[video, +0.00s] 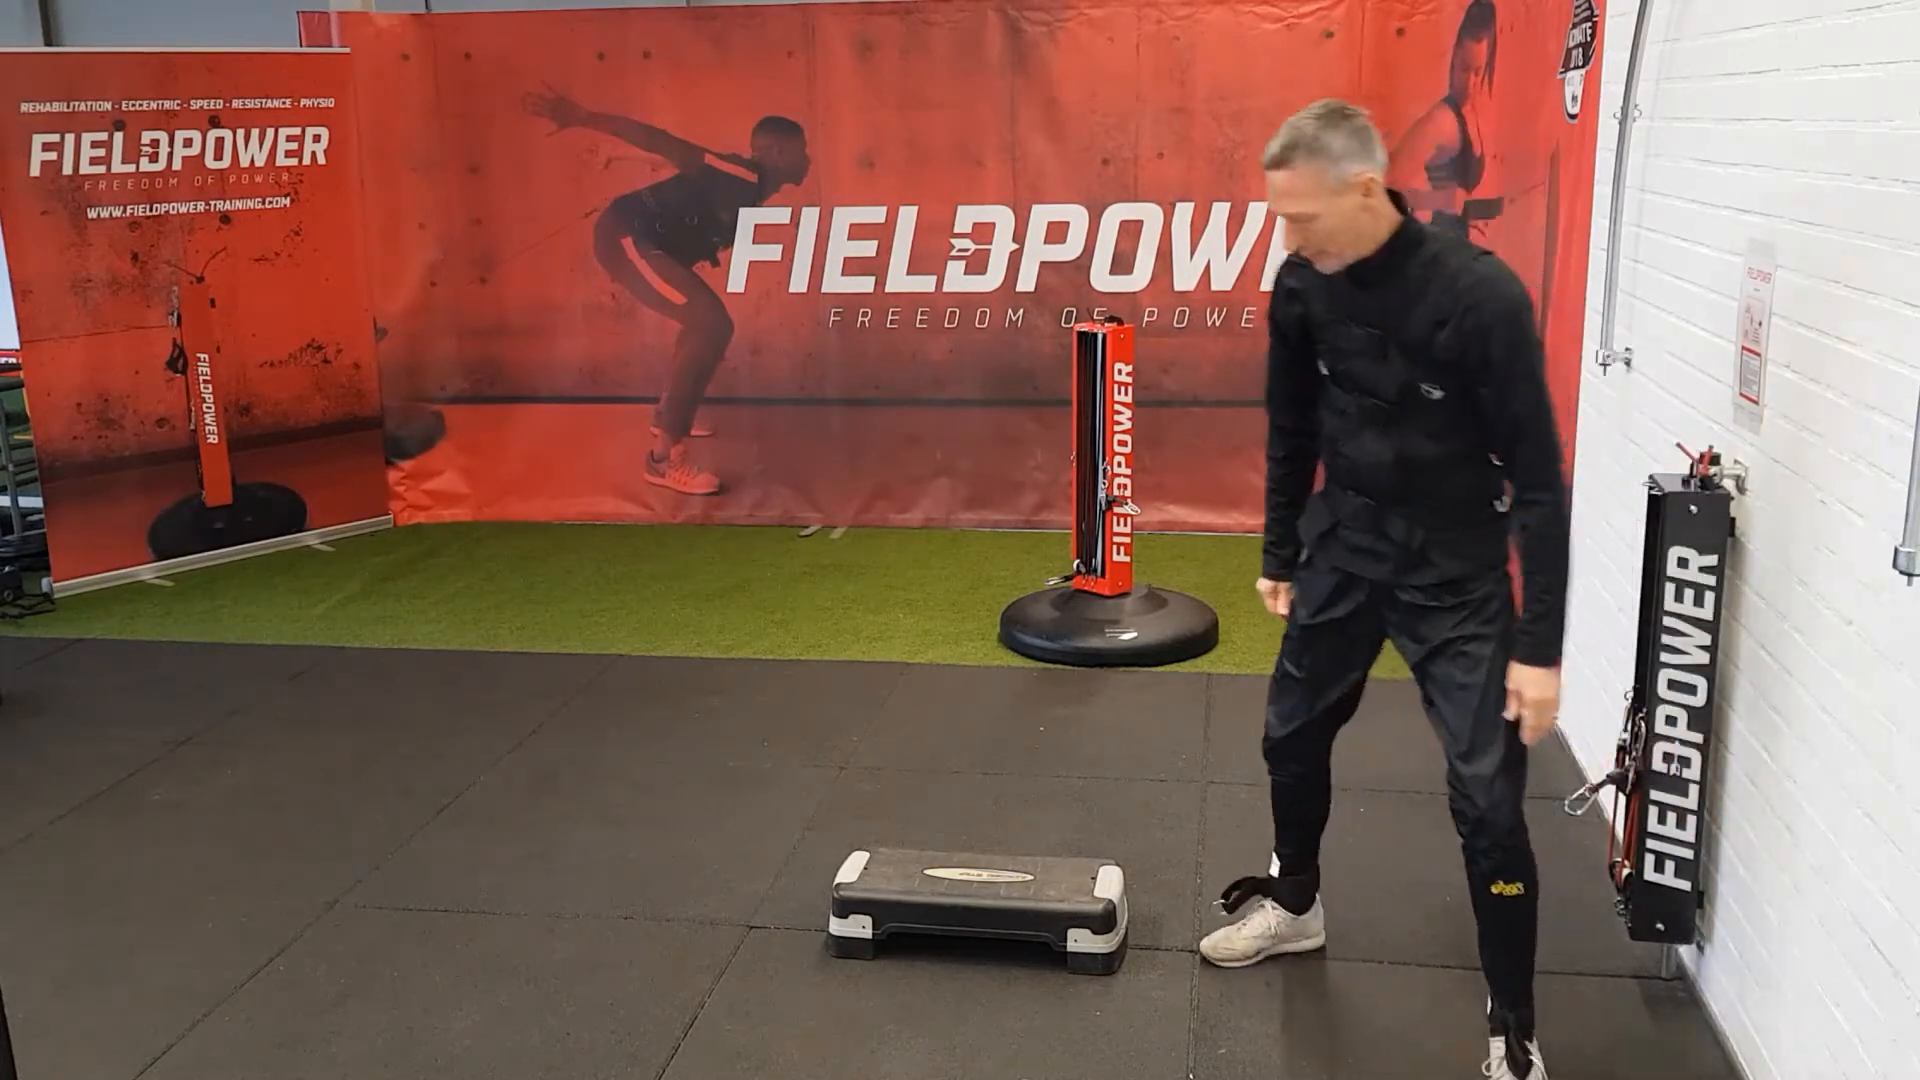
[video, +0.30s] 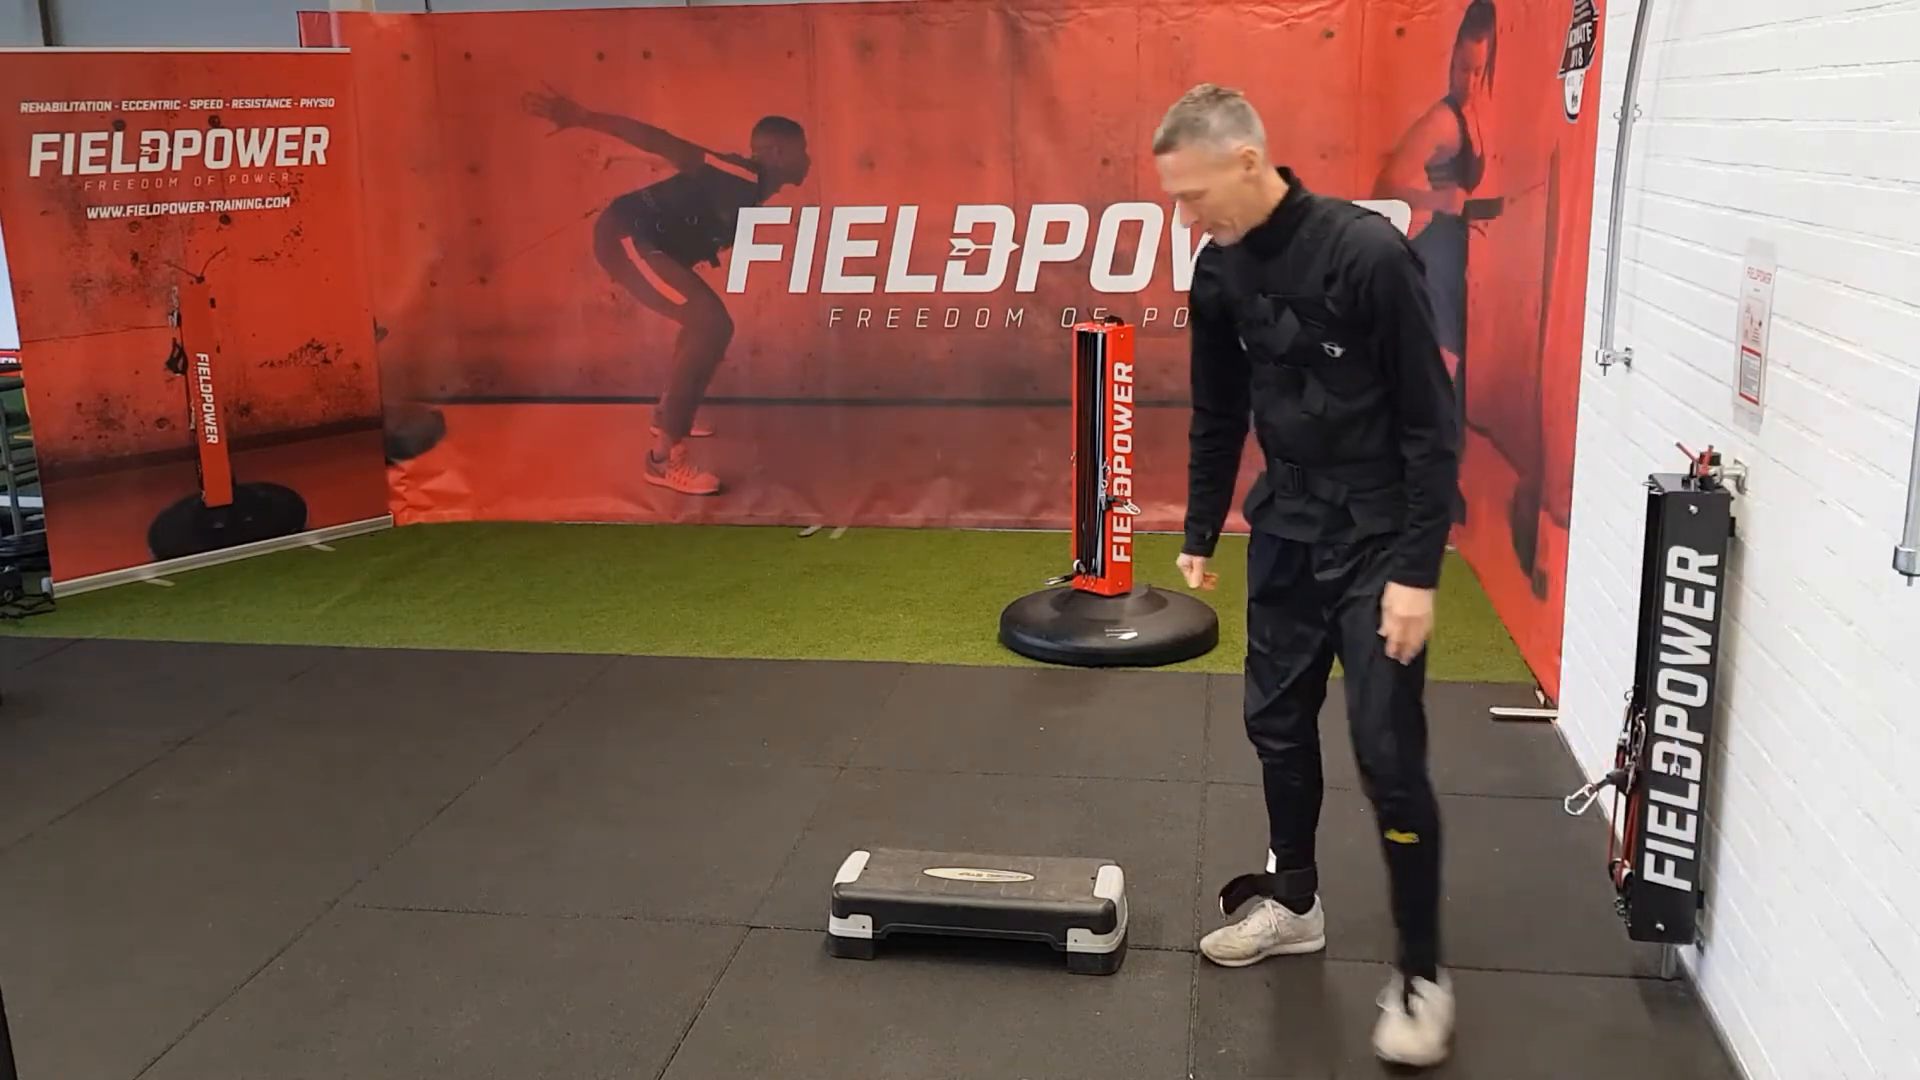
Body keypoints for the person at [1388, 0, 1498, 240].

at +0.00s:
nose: (1470, 83)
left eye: (1478, 72)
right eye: (1463, 69)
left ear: (1487, 70)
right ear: (1449, 67)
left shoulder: (1472, 114)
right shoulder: (1440, 120)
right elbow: (1399, 176)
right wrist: (1445, 201)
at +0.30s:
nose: (1467, 70)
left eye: (1475, 61)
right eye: (1463, 58)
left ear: (1487, 60)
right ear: (1453, 54)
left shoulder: (1475, 117)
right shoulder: (1443, 119)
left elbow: (1461, 184)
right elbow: (1393, 178)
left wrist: (1482, 205)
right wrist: (1445, 199)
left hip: (1453, 237)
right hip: (1433, 239)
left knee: (1448, 355)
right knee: (1441, 355)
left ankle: (1437, 474)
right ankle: (1435, 476)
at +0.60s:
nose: (1467, 76)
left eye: (1476, 66)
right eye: (1461, 64)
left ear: (1488, 67)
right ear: (1449, 62)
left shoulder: (1472, 121)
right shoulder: (1442, 121)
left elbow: (1447, 189)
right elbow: (1392, 181)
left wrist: (1477, 206)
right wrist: (1445, 199)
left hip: (1449, 252)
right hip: (1427, 254)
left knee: (1449, 372)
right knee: (1430, 378)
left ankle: (1444, 480)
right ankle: (1415, 500)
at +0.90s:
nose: (1467, 74)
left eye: (1476, 64)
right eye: (1461, 63)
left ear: (1488, 65)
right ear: (1449, 61)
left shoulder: (1473, 119)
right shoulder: (1443, 119)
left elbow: (1447, 192)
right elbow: (1392, 181)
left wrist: (1487, 203)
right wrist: (1444, 198)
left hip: (1449, 251)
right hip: (1428, 254)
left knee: (1451, 366)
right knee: (1438, 369)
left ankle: (1447, 473)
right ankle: (1430, 487)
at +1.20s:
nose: (1469, 75)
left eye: (1477, 65)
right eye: (1463, 63)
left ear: (1488, 66)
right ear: (1450, 61)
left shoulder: (1471, 120)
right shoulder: (1443, 119)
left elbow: (1444, 193)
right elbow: (1391, 180)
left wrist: (1486, 204)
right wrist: (1444, 198)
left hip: (1447, 254)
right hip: (1426, 256)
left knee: (1449, 365)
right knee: (1439, 366)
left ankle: (1445, 472)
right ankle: (1435, 478)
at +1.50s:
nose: (1471, 75)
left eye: (1479, 66)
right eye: (1465, 63)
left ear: (1488, 68)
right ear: (1451, 62)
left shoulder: (1468, 121)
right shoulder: (1443, 120)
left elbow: (1440, 192)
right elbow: (1392, 180)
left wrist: (1477, 207)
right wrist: (1445, 199)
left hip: (1446, 253)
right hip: (1426, 255)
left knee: (1449, 363)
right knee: (1439, 364)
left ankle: (1444, 472)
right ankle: (1433, 476)